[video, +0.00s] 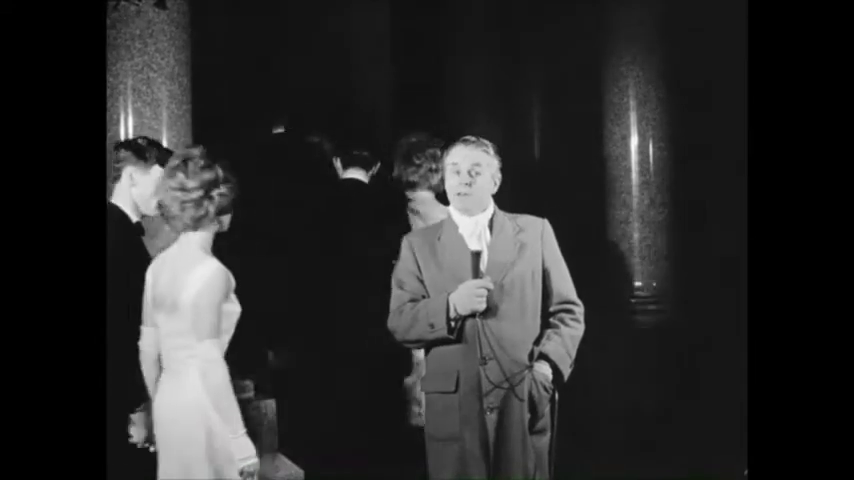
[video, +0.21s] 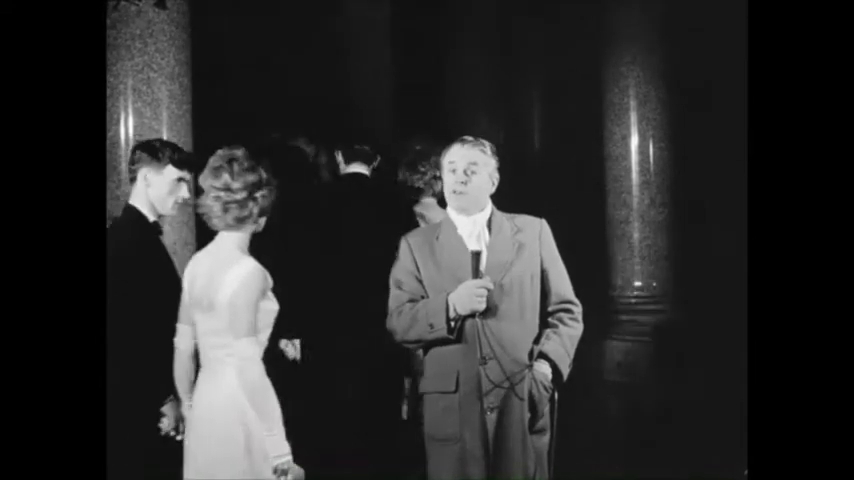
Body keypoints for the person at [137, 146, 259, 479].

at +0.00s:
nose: (233, 210)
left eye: (230, 200)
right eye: (229, 202)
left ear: (178, 208)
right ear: (219, 209)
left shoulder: (157, 267)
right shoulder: (211, 273)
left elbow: (148, 348)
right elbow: (211, 363)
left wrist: (159, 405)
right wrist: (241, 443)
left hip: (168, 394)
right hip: (205, 394)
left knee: (177, 472)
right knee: (208, 472)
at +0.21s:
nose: (267, 212)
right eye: (266, 204)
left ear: (213, 207)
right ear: (260, 210)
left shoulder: (196, 265)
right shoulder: (249, 273)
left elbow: (183, 346)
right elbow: (250, 366)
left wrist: (187, 405)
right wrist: (279, 448)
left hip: (205, 397)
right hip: (245, 398)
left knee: (208, 472)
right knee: (245, 473)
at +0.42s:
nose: (307, 209)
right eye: (306, 202)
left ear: (254, 204)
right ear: (300, 209)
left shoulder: (234, 260)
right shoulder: (295, 271)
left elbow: (218, 336)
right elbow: (292, 356)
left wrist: (215, 394)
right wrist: (316, 433)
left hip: (244, 388)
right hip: (285, 391)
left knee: (248, 472)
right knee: (291, 472)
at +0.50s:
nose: (321, 207)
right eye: (319, 200)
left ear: (267, 201)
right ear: (312, 206)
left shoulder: (245, 258)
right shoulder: (310, 269)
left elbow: (230, 333)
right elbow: (308, 350)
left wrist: (227, 388)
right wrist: (331, 426)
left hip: (256, 387)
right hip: (297, 390)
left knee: (261, 472)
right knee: (302, 471)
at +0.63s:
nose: (339, 206)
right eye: (337, 198)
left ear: (286, 200)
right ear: (332, 205)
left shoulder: (263, 255)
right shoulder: (330, 266)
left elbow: (246, 327)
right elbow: (328, 344)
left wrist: (243, 383)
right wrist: (353, 417)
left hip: (274, 381)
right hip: (316, 382)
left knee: (282, 470)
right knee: (320, 470)